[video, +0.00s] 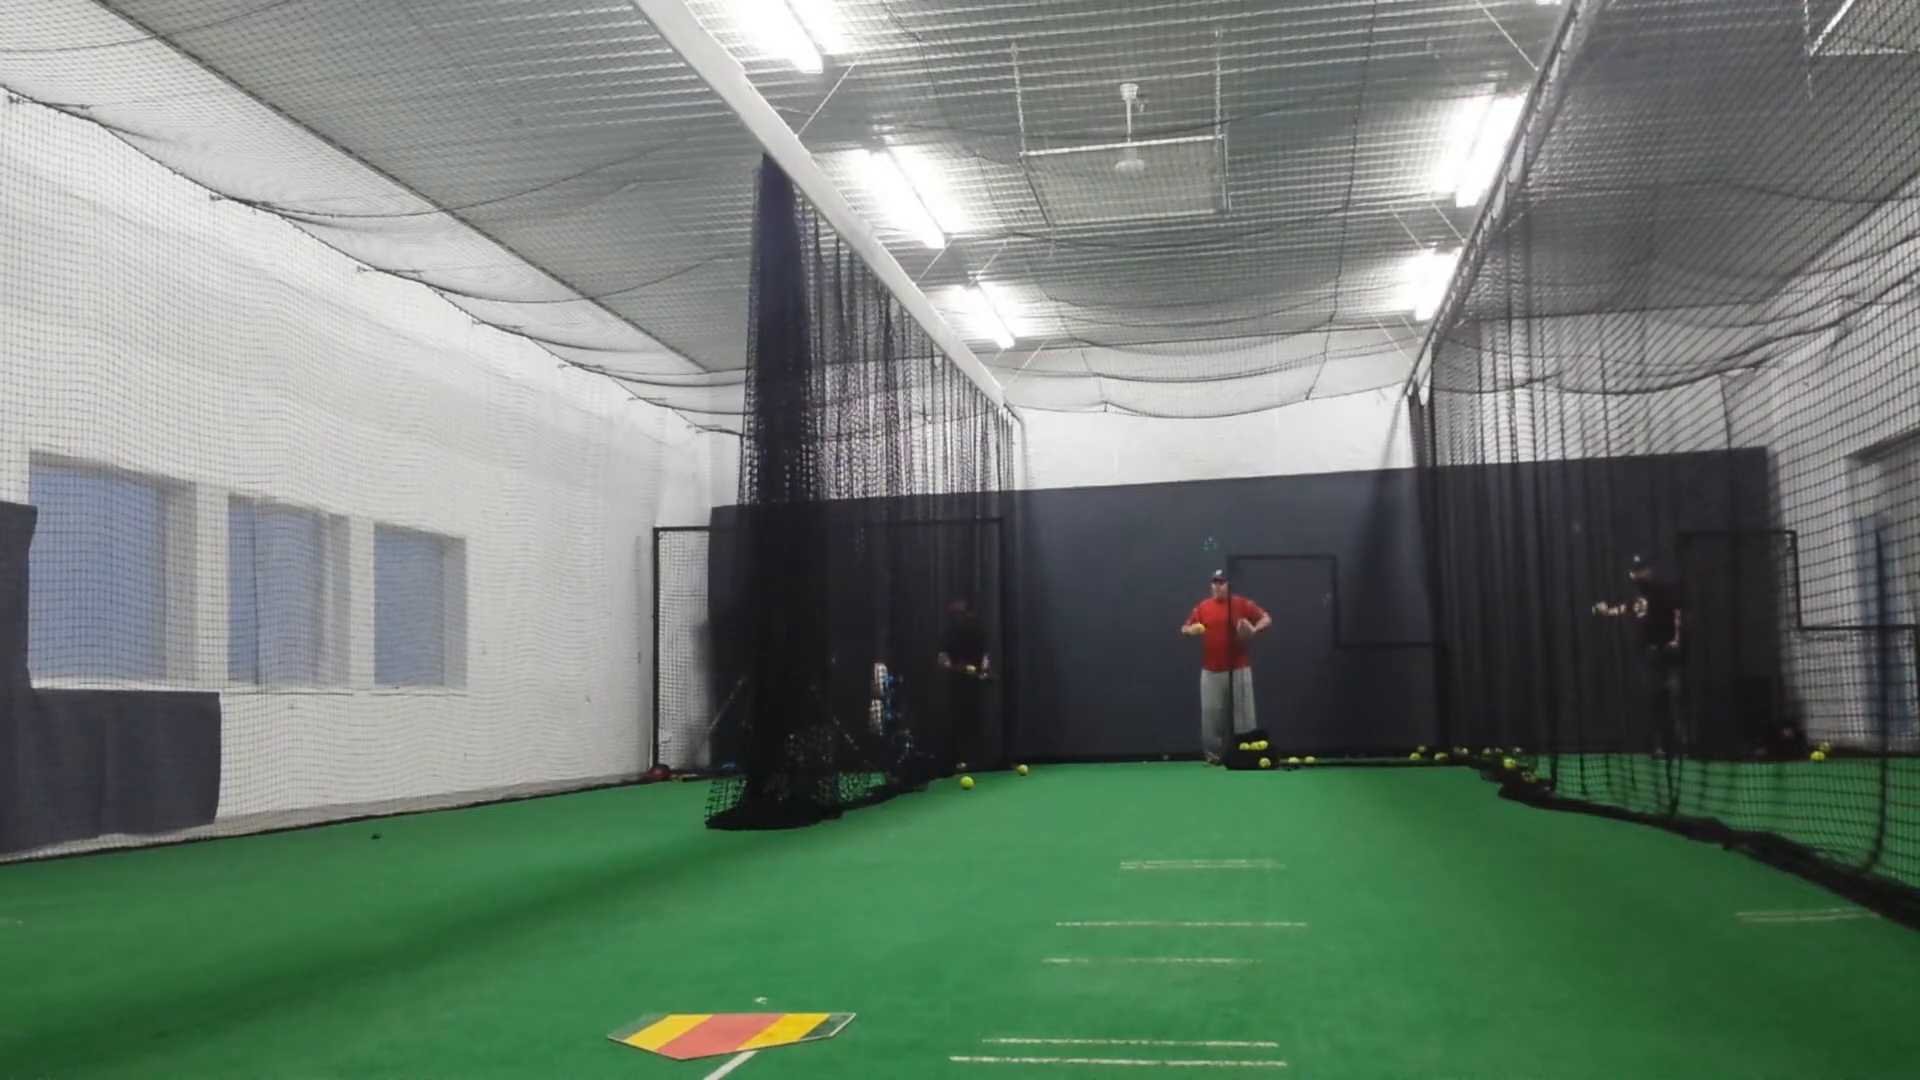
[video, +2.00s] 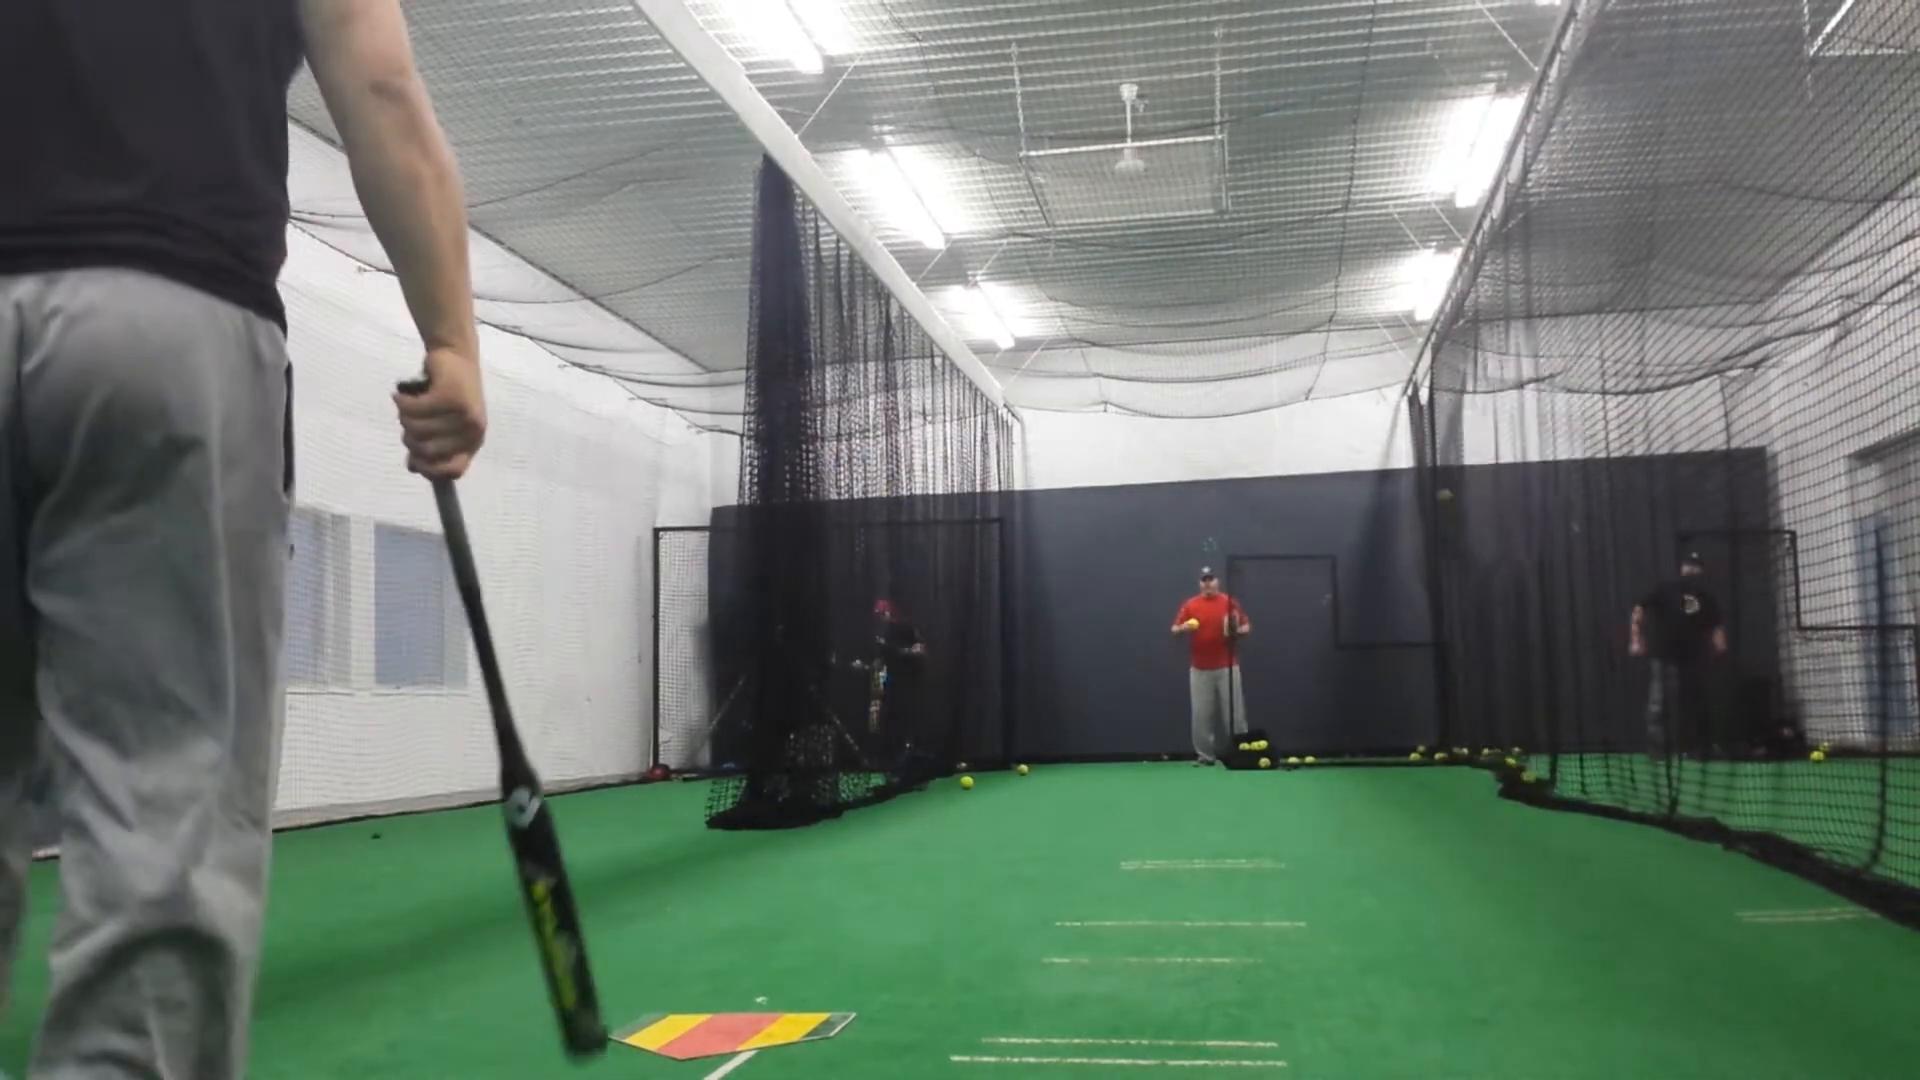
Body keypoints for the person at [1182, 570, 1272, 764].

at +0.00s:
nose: (1218, 587)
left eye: (1221, 583)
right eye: (1215, 583)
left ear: (1228, 585)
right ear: (1211, 586)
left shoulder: (1241, 604)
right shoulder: (1203, 607)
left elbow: (1266, 618)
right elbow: (1185, 628)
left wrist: (1254, 629)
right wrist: (1192, 629)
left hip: (1239, 667)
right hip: (1213, 668)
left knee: (1244, 709)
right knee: (1212, 711)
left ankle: (1246, 751)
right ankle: (1213, 752)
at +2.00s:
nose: (1208, 583)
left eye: (1210, 579)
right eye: (1204, 580)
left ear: (1217, 582)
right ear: (1199, 583)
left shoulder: (1228, 603)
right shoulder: (1191, 605)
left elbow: (1246, 626)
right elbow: (1174, 630)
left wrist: (1236, 630)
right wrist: (1184, 627)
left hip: (1226, 666)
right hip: (1201, 667)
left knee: (1233, 711)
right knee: (1201, 713)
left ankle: (1239, 752)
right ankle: (1205, 754)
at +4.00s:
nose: (1209, 584)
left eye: (1212, 580)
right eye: (1205, 581)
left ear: (1218, 582)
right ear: (1201, 584)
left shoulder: (1233, 601)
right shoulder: (1195, 605)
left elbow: (1259, 616)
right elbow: (1177, 629)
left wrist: (1243, 623)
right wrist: (1185, 626)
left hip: (1228, 664)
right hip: (1203, 665)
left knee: (1233, 709)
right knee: (1202, 710)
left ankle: (1238, 751)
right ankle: (1200, 752)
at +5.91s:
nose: (1185, 582)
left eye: (1189, 578)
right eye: (1182, 579)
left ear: (1198, 580)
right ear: (1178, 583)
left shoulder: (1213, 601)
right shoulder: (1174, 605)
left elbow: (1232, 622)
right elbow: (1158, 632)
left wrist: (1217, 626)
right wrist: (1165, 627)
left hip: (1213, 665)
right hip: (1186, 668)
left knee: (1223, 709)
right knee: (1188, 713)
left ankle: (1233, 751)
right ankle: (1193, 755)